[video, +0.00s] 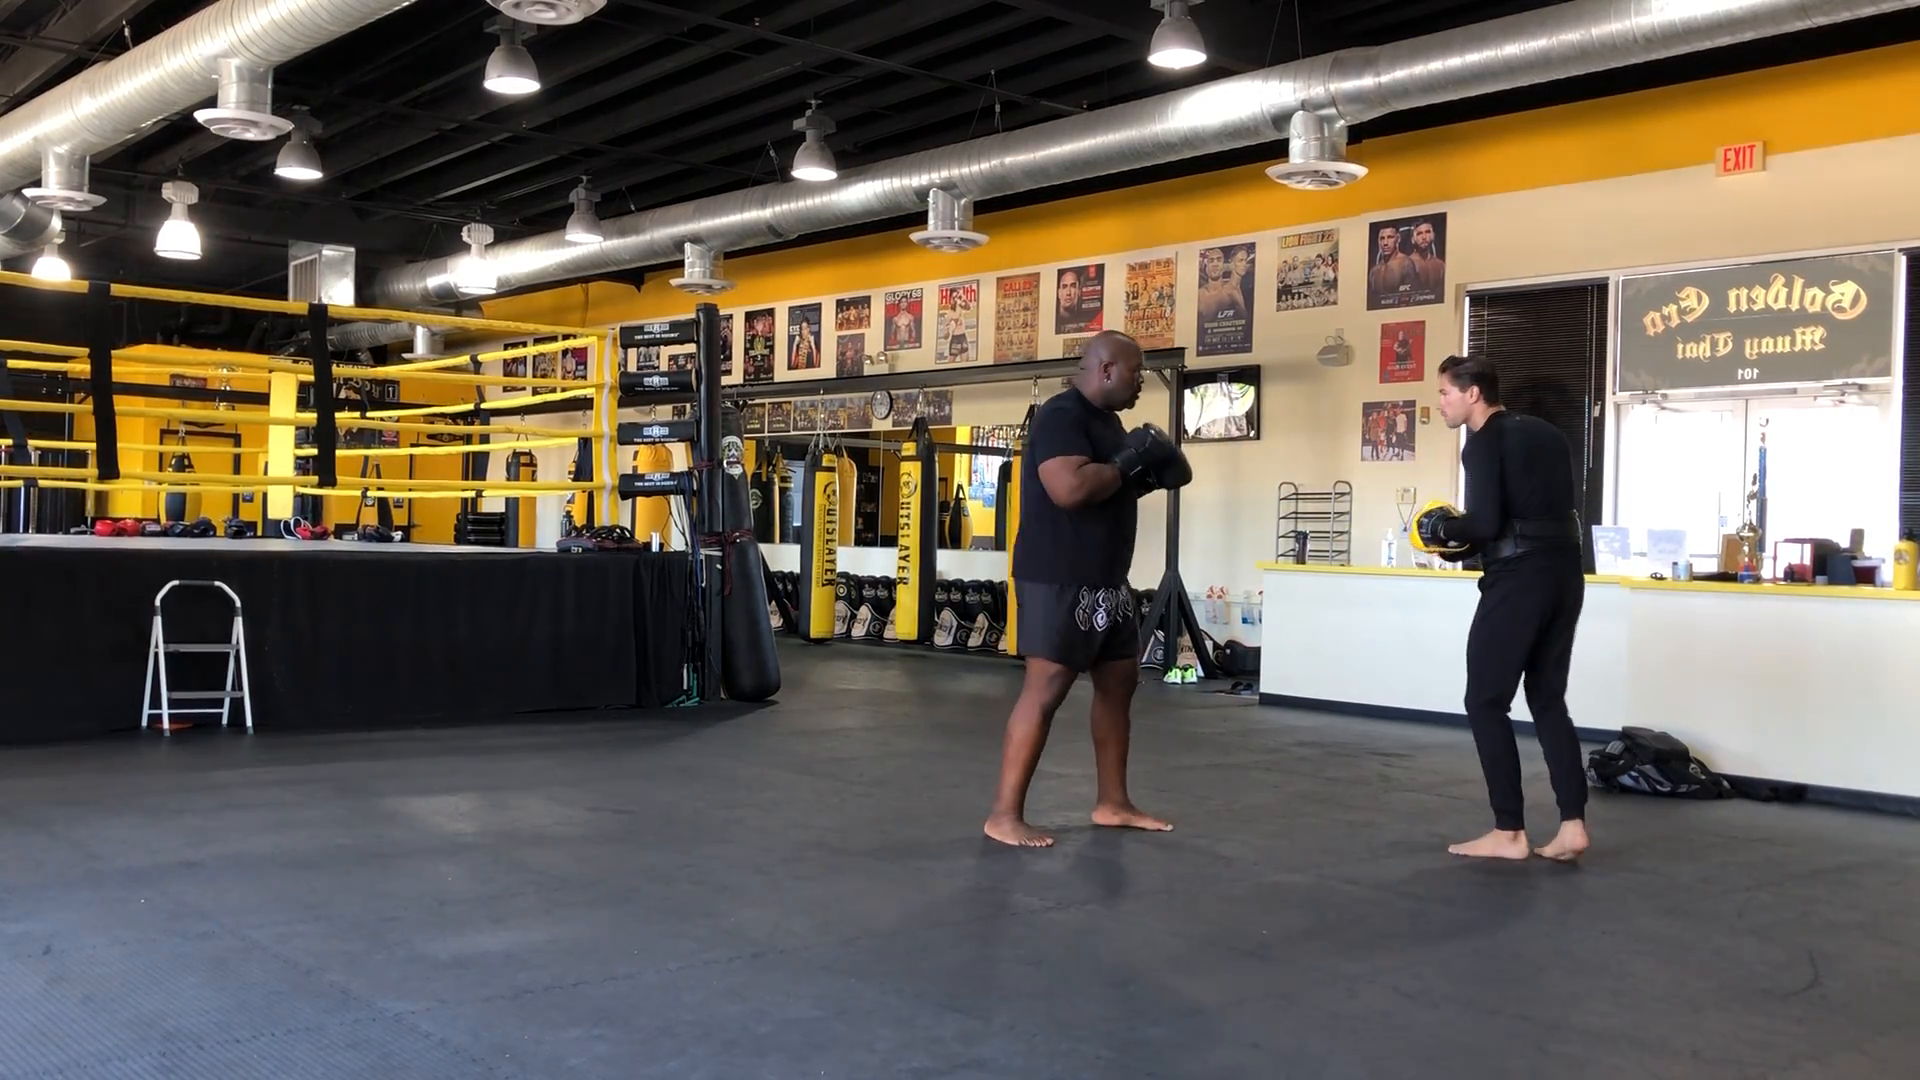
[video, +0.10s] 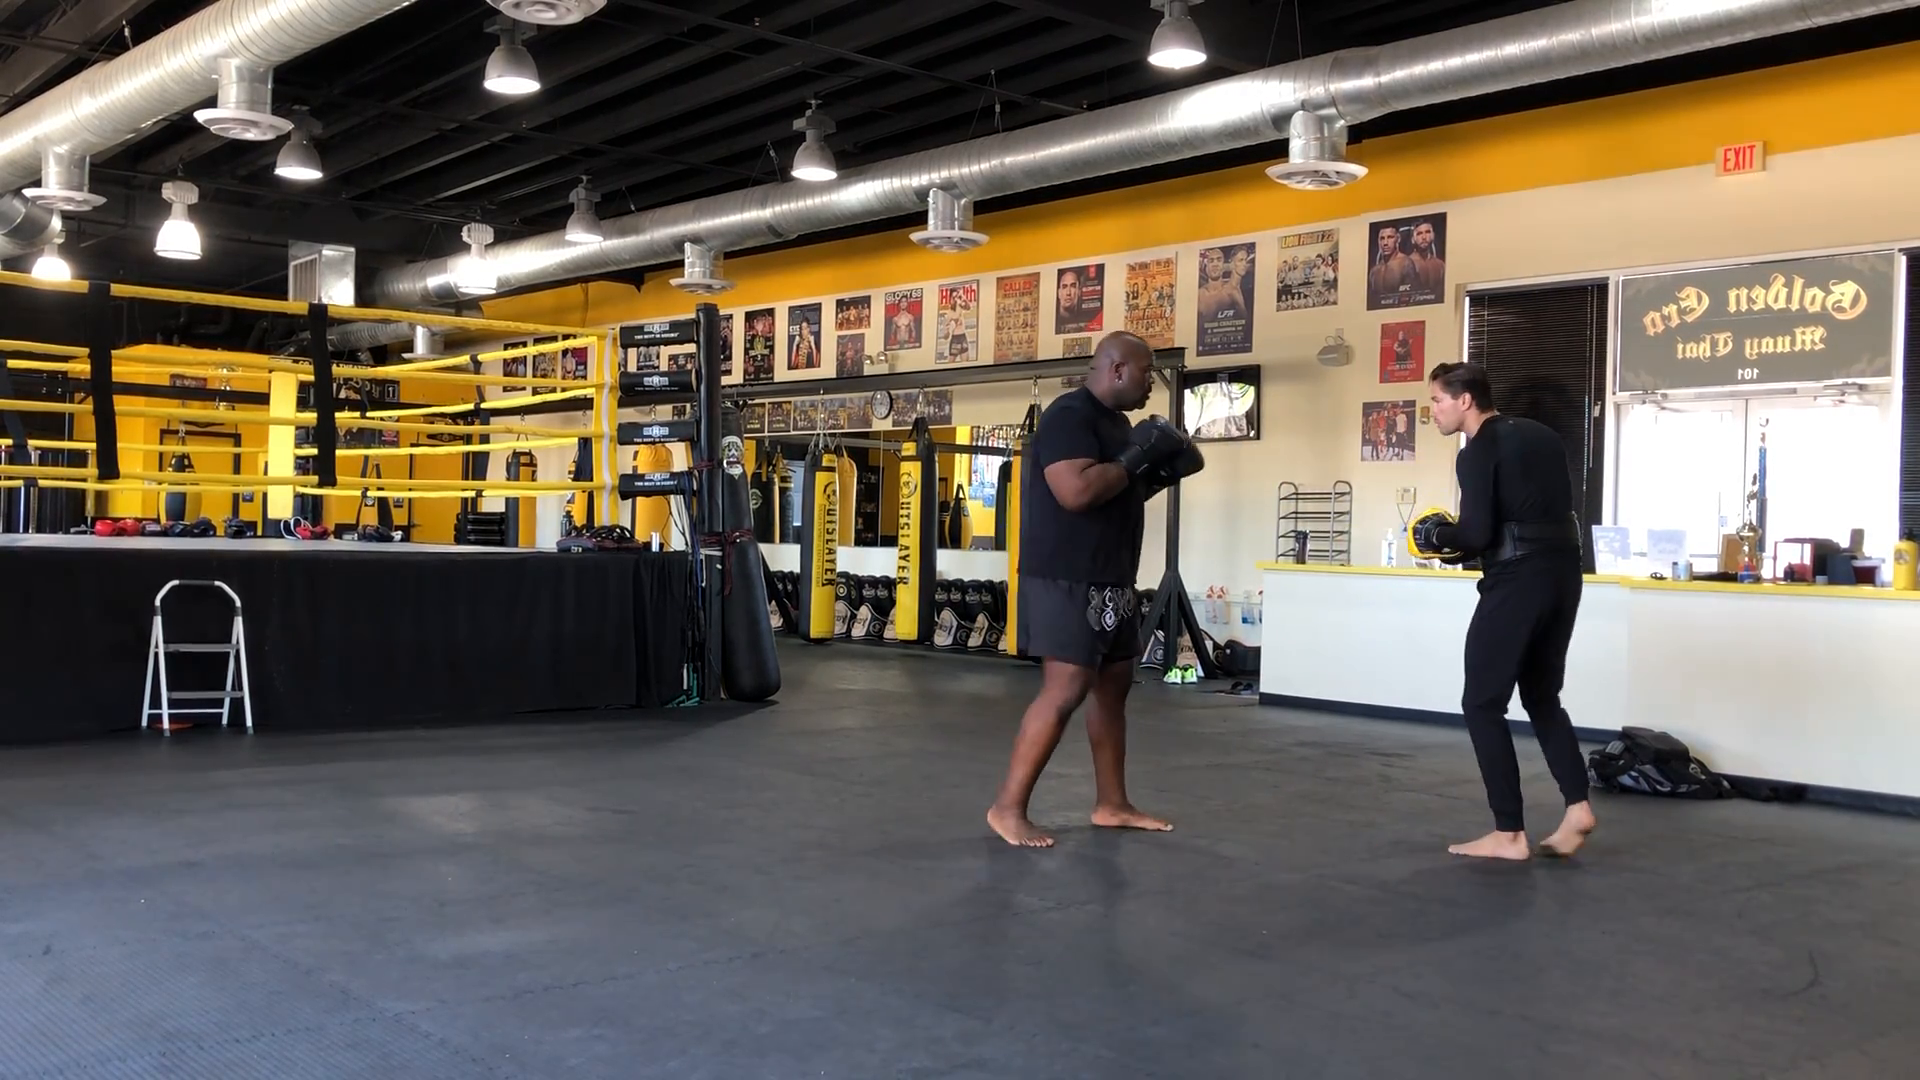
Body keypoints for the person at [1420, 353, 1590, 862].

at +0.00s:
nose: (1440, 404)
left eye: (1446, 394)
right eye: (1440, 394)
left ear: (1473, 394)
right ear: (1481, 395)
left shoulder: (1484, 440)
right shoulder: (1546, 434)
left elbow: (1484, 525)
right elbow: (1547, 520)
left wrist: (1445, 529)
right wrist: (1473, 547)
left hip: (1518, 577)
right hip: (1566, 576)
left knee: (1485, 701)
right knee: (1548, 699)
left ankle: (1508, 833)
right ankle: (1573, 827)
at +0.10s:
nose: (1432, 412)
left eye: (1437, 402)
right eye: (1431, 403)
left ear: (1466, 400)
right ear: (1474, 399)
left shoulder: (1479, 448)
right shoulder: (1539, 436)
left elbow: (1476, 536)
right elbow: (1542, 522)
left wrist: (1440, 534)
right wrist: (1467, 543)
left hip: (1517, 581)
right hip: (1564, 578)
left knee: (1482, 704)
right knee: (1540, 696)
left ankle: (1509, 834)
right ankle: (1579, 806)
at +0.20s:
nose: (1428, 415)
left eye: (1434, 405)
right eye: (1428, 406)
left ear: (1463, 402)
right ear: (1472, 402)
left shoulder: (1479, 448)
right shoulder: (1538, 437)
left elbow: (1474, 538)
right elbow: (1538, 523)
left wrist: (1436, 534)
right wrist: (1464, 541)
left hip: (1519, 582)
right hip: (1565, 578)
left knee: (1482, 704)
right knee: (1541, 690)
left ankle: (1509, 834)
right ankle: (1582, 809)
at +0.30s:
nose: (1429, 412)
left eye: (1434, 402)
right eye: (1428, 403)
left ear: (1463, 400)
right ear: (1471, 400)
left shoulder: (1481, 447)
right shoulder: (1538, 435)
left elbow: (1477, 532)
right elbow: (1536, 516)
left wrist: (1436, 529)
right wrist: (1456, 526)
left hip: (1520, 579)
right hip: (1565, 576)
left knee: (1489, 704)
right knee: (1549, 691)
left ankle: (1509, 833)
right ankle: (1574, 812)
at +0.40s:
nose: (1432, 413)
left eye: (1438, 403)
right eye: (1432, 404)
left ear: (1467, 401)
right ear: (1473, 402)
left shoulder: (1487, 443)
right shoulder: (1538, 436)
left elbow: (1487, 526)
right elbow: (1530, 518)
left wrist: (1436, 530)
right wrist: (1457, 521)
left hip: (1522, 580)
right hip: (1567, 575)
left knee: (1492, 703)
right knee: (1553, 693)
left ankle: (1510, 833)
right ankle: (1565, 811)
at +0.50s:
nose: (1439, 416)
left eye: (1445, 406)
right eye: (1438, 407)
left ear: (1473, 406)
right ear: (1478, 407)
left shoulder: (1493, 449)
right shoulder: (1540, 442)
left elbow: (1499, 525)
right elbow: (1538, 519)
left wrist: (1441, 540)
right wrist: (1474, 524)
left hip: (1527, 583)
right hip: (1568, 578)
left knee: (1491, 703)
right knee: (1548, 696)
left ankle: (1510, 832)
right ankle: (1563, 816)